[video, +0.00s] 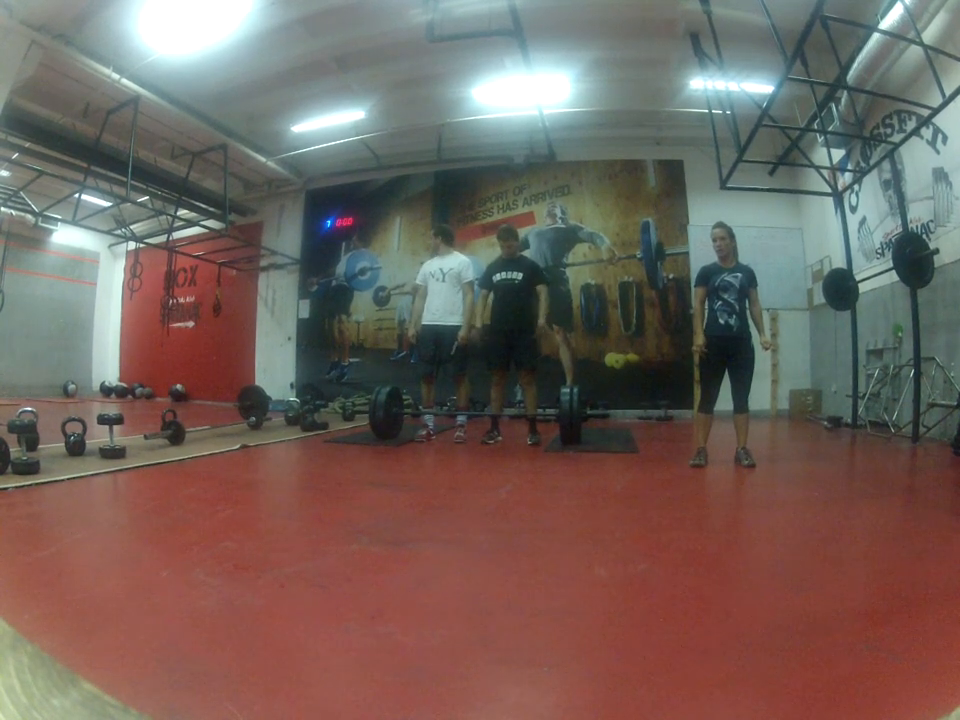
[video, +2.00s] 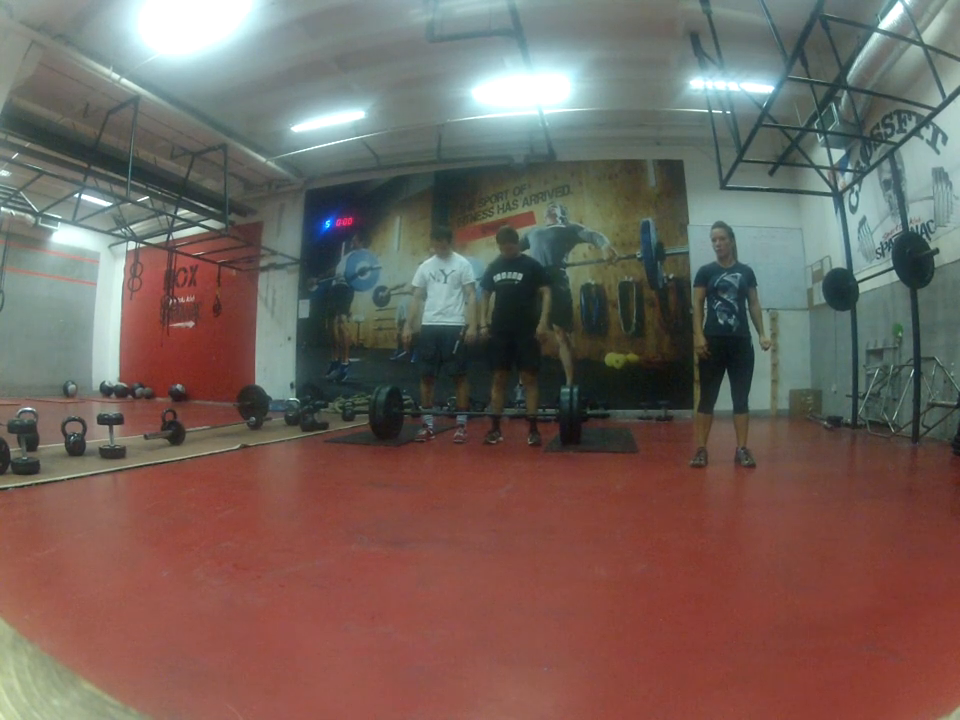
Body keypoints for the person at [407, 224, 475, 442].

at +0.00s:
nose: (431, 242)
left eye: (433, 238)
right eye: (431, 238)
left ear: (440, 239)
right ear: (442, 239)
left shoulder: (462, 262)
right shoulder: (427, 265)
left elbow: (469, 295)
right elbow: (420, 297)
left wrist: (466, 327)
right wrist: (413, 325)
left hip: (454, 326)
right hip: (428, 326)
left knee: (459, 375)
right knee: (426, 375)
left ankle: (461, 424)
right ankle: (428, 424)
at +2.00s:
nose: (438, 248)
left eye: (441, 244)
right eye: (435, 244)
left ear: (449, 242)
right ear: (432, 243)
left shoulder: (462, 264)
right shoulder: (425, 266)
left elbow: (471, 296)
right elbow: (416, 298)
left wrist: (472, 325)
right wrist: (408, 325)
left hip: (456, 328)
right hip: (429, 327)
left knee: (459, 376)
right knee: (426, 376)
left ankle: (461, 425)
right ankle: (427, 425)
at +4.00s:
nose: (436, 250)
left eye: (439, 246)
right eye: (433, 246)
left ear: (446, 243)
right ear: (428, 244)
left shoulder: (459, 263)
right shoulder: (421, 266)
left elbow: (467, 296)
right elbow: (414, 299)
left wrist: (467, 327)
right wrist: (409, 328)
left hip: (454, 328)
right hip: (426, 328)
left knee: (458, 376)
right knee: (426, 376)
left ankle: (461, 425)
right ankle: (427, 425)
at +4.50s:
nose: (431, 277)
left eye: (434, 274)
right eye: (428, 274)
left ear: (441, 267)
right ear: (423, 270)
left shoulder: (456, 277)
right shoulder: (417, 279)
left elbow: (466, 313)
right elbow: (411, 314)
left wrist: (467, 347)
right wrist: (410, 344)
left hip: (455, 330)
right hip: (431, 330)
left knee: (459, 376)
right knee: (426, 376)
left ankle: (461, 425)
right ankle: (427, 425)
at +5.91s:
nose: (430, 279)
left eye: (433, 276)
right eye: (427, 276)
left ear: (440, 269)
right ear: (422, 272)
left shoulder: (456, 277)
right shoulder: (416, 280)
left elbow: (466, 312)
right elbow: (412, 314)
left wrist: (467, 346)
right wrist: (412, 344)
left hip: (456, 331)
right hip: (431, 331)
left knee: (460, 377)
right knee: (427, 376)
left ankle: (461, 426)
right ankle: (427, 425)